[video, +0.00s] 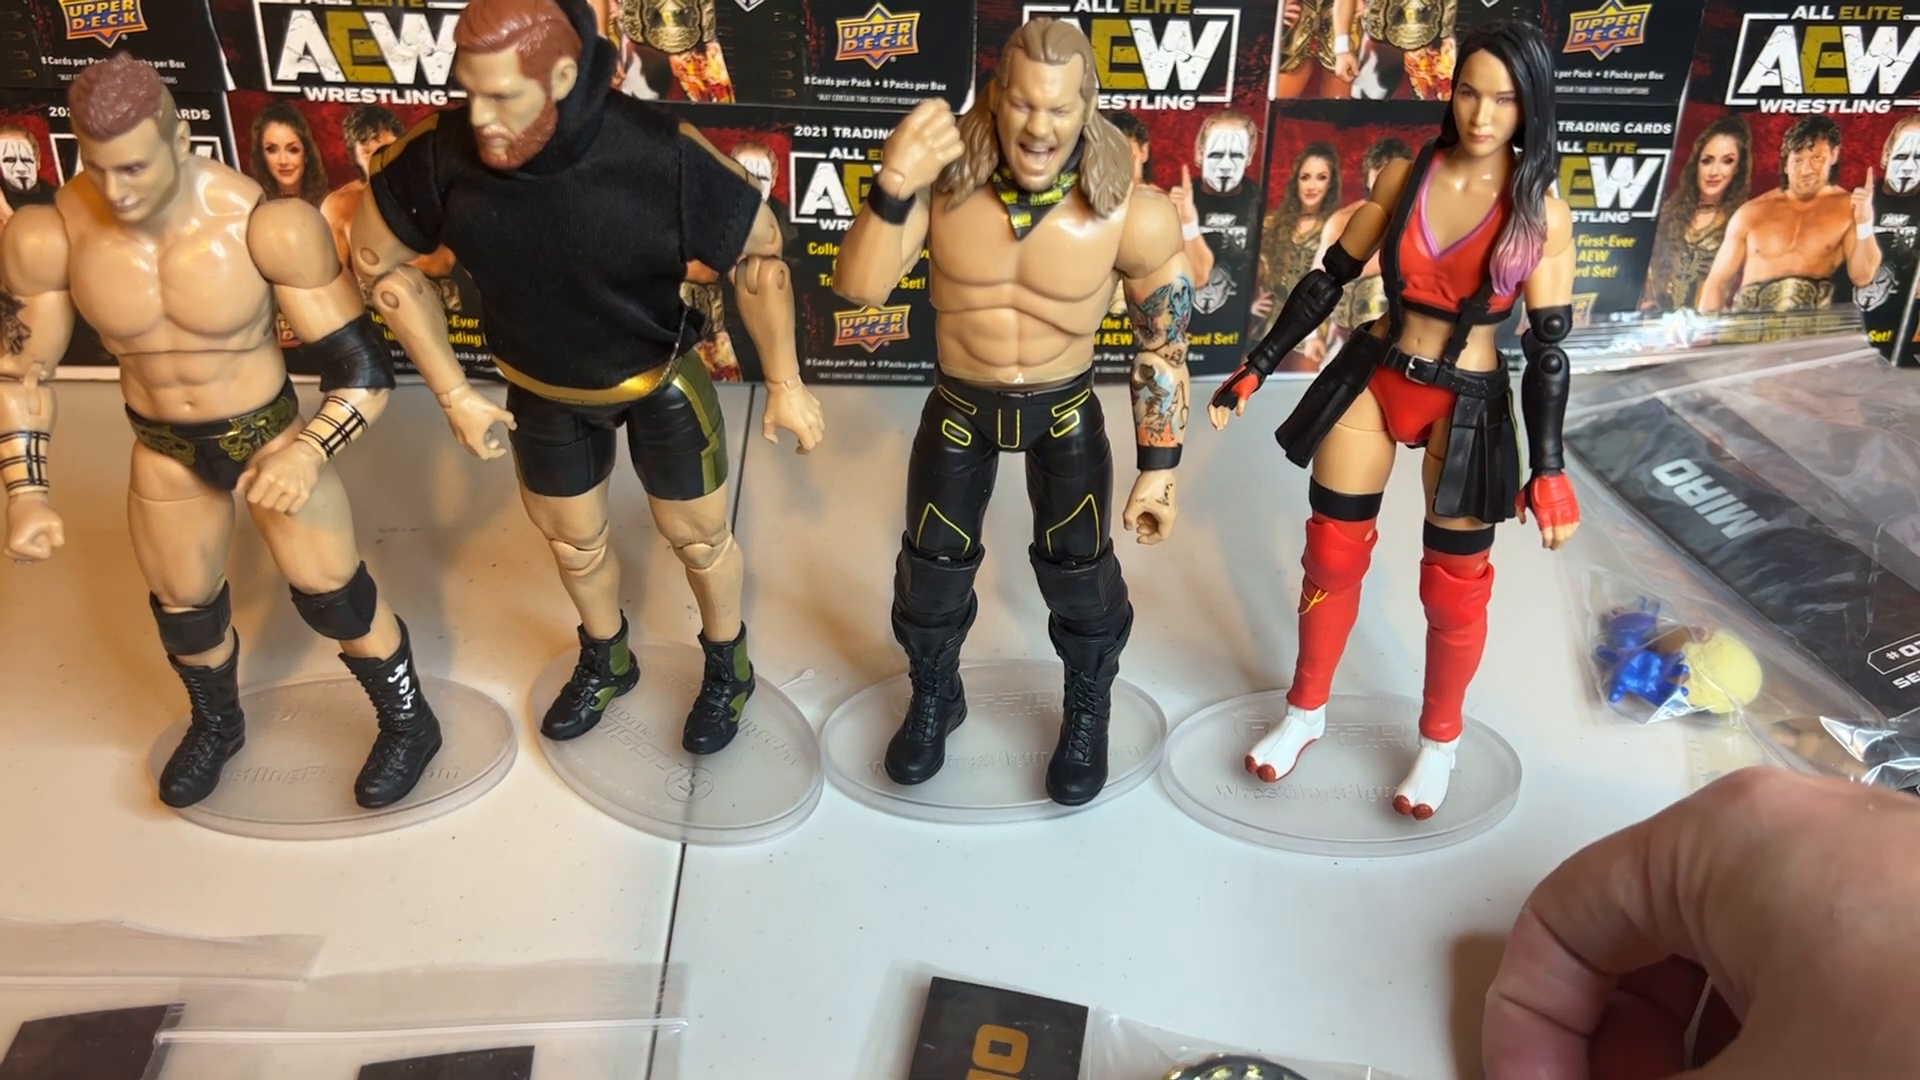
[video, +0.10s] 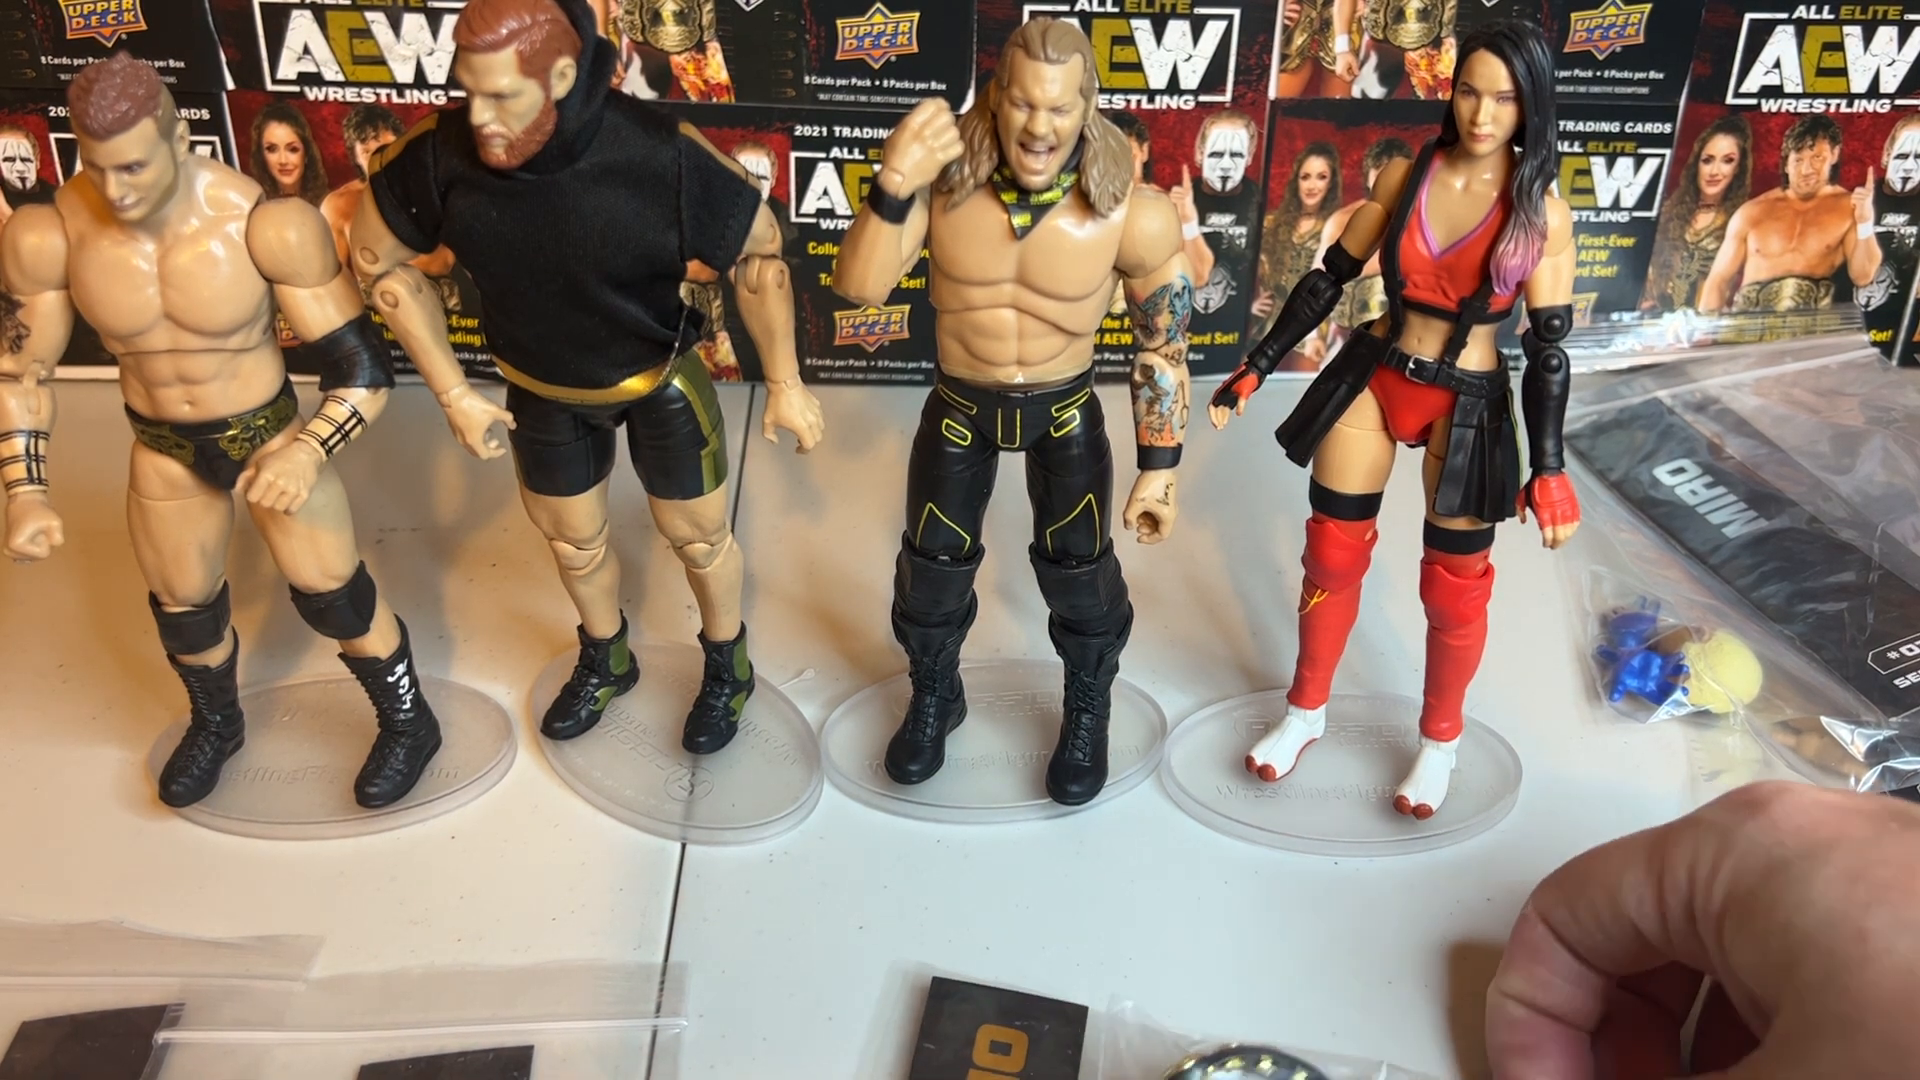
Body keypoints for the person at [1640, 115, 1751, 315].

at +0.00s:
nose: (1714, 171)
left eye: (1727, 161)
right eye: (1706, 160)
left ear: (1739, 168)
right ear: (1695, 164)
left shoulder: (1743, 219)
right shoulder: (1671, 212)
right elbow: (1654, 266)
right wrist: (1649, 300)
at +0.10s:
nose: (1714, 171)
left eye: (1728, 161)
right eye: (1707, 160)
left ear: (1739, 168)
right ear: (1695, 163)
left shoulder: (1743, 218)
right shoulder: (1672, 211)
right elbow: (1655, 265)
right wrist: (1650, 299)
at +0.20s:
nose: (1714, 171)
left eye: (1727, 161)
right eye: (1706, 160)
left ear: (1739, 167)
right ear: (1695, 163)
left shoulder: (1743, 219)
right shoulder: (1670, 212)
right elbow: (1653, 266)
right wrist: (1649, 299)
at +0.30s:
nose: (1715, 171)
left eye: (1728, 161)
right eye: (1707, 160)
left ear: (1740, 168)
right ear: (1696, 164)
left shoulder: (1743, 219)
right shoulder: (1671, 212)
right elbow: (1654, 266)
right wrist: (1650, 299)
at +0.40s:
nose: (1714, 171)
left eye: (1727, 161)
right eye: (1706, 160)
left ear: (1739, 168)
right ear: (1695, 164)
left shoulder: (1743, 219)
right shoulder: (1670, 212)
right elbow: (1653, 267)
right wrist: (1649, 300)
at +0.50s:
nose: (1715, 171)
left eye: (1727, 161)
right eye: (1707, 160)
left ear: (1739, 168)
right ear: (1695, 164)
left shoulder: (1743, 219)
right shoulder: (1671, 212)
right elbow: (1655, 268)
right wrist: (1650, 300)